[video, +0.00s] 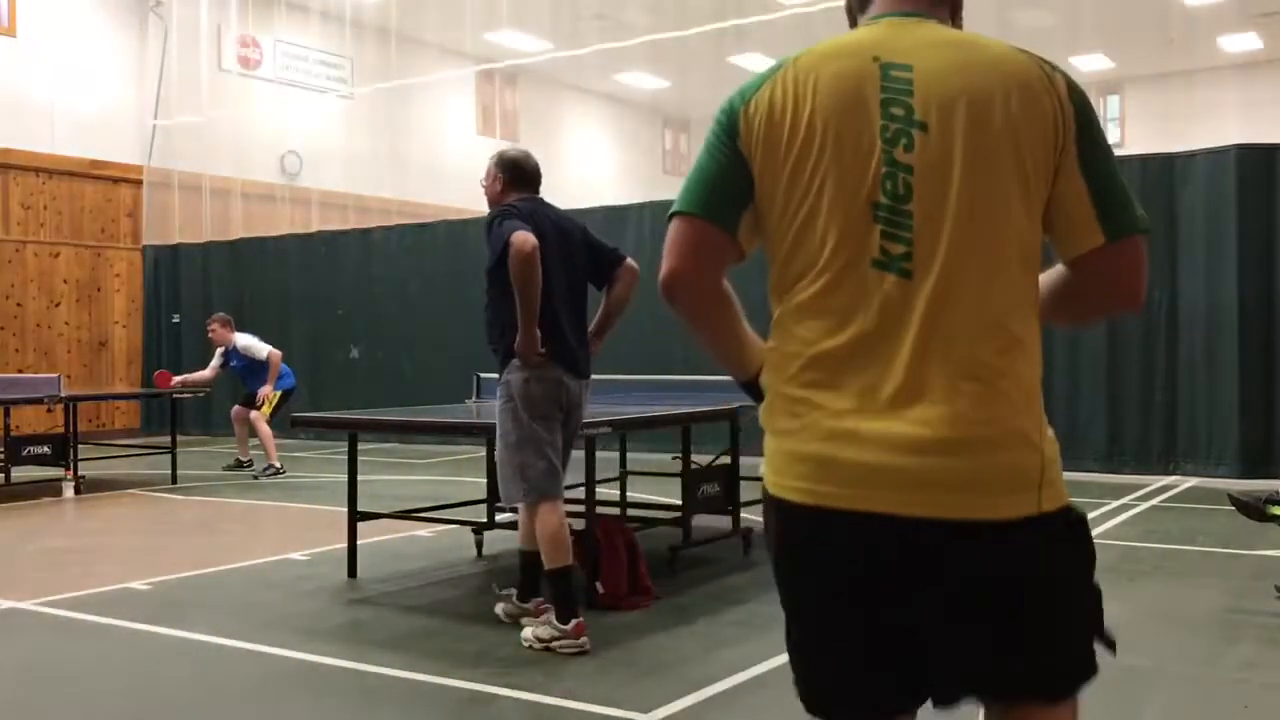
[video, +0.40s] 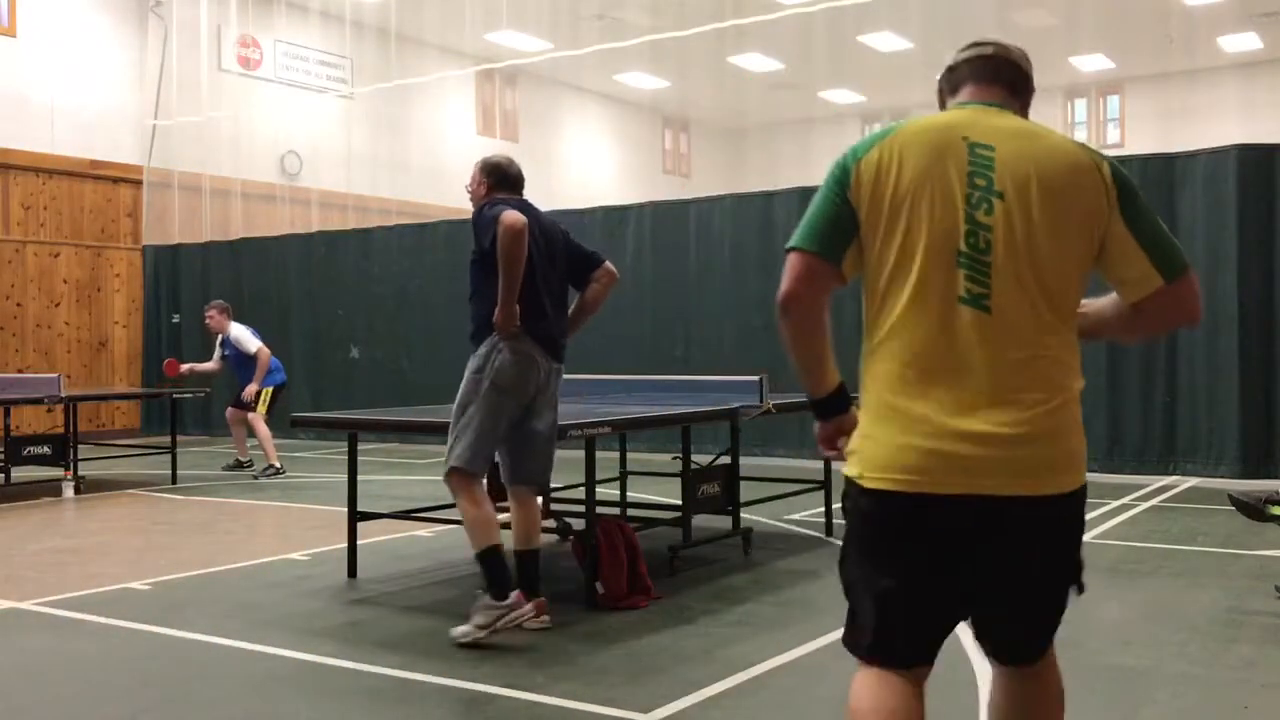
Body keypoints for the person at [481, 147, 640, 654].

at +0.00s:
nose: (483, 187)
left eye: (486, 180)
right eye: (485, 179)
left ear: (499, 181)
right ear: (534, 184)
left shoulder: (505, 214)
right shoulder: (565, 224)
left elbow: (525, 246)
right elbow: (626, 271)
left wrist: (528, 335)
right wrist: (594, 336)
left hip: (531, 373)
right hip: (571, 374)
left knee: (543, 497)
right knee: (536, 491)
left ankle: (568, 622)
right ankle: (531, 598)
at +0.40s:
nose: (470, 193)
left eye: (472, 186)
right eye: (471, 186)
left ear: (484, 183)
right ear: (515, 185)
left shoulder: (488, 207)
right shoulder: (548, 225)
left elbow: (515, 224)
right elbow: (604, 275)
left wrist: (507, 309)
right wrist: (563, 330)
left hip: (504, 351)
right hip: (547, 358)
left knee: (462, 474)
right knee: (523, 483)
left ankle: (501, 595)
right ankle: (530, 600)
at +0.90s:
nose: (416, 196)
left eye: (418, 190)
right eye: (418, 190)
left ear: (429, 188)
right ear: (468, 191)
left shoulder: (431, 213)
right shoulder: (499, 226)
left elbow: (439, 234)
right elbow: (560, 266)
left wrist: (439, 313)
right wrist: (520, 318)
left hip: (450, 355)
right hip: (499, 361)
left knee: (416, 483)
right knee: (496, 484)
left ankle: (391, 612)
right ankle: (527, 599)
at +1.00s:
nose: (399, 196)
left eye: (400, 189)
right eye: (400, 189)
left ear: (409, 190)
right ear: (450, 191)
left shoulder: (410, 216)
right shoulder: (480, 226)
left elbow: (413, 243)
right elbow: (543, 267)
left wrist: (415, 322)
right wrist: (506, 319)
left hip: (431, 360)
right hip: (482, 366)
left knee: (392, 480)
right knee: (483, 482)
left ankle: (388, 614)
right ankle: (526, 598)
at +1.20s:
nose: (364, 195)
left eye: (366, 188)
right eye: (367, 188)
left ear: (375, 188)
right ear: (412, 187)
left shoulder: (374, 220)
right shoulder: (445, 226)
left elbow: (370, 264)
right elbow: (503, 277)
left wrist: (349, 339)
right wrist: (480, 338)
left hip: (391, 365)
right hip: (445, 367)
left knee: (375, 488)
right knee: (448, 485)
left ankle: (387, 614)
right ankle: (505, 592)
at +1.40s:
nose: (336, 191)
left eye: (337, 184)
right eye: (338, 185)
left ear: (345, 185)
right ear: (384, 184)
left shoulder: (346, 222)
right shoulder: (417, 224)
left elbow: (344, 294)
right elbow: (470, 289)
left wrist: (306, 371)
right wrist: (476, 357)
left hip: (369, 366)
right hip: (418, 367)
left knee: (366, 490)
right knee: (404, 483)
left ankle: (387, 615)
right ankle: (445, 591)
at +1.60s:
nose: (309, 190)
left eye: (309, 182)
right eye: (312, 182)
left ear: (317, 182)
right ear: (356, 182)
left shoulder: (327, 226)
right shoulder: (391, 225)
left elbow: (321, 307)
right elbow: (437, 296)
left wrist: (287, 374)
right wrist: (455, 366)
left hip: (356, 364)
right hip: (397, 362)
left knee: (366, 488)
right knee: (347, 478)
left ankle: (387, 614)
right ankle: (357, 593)